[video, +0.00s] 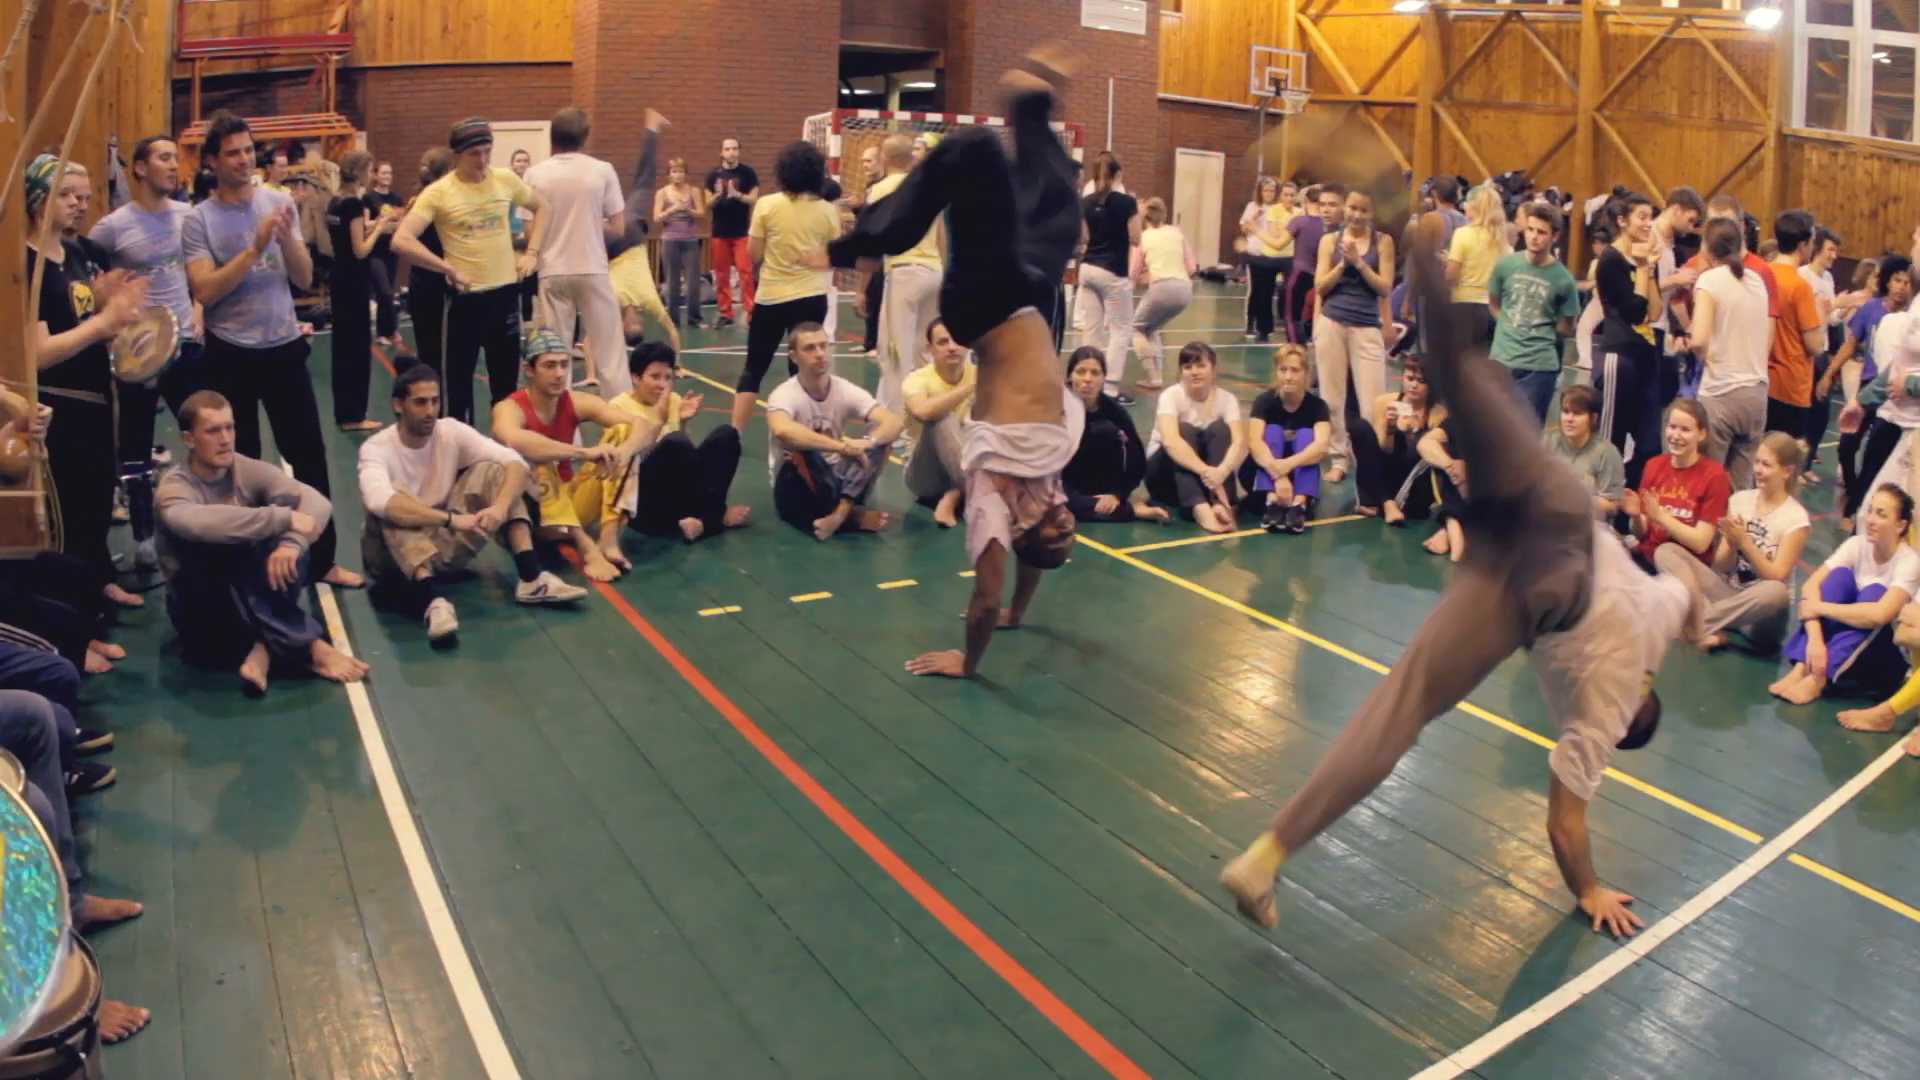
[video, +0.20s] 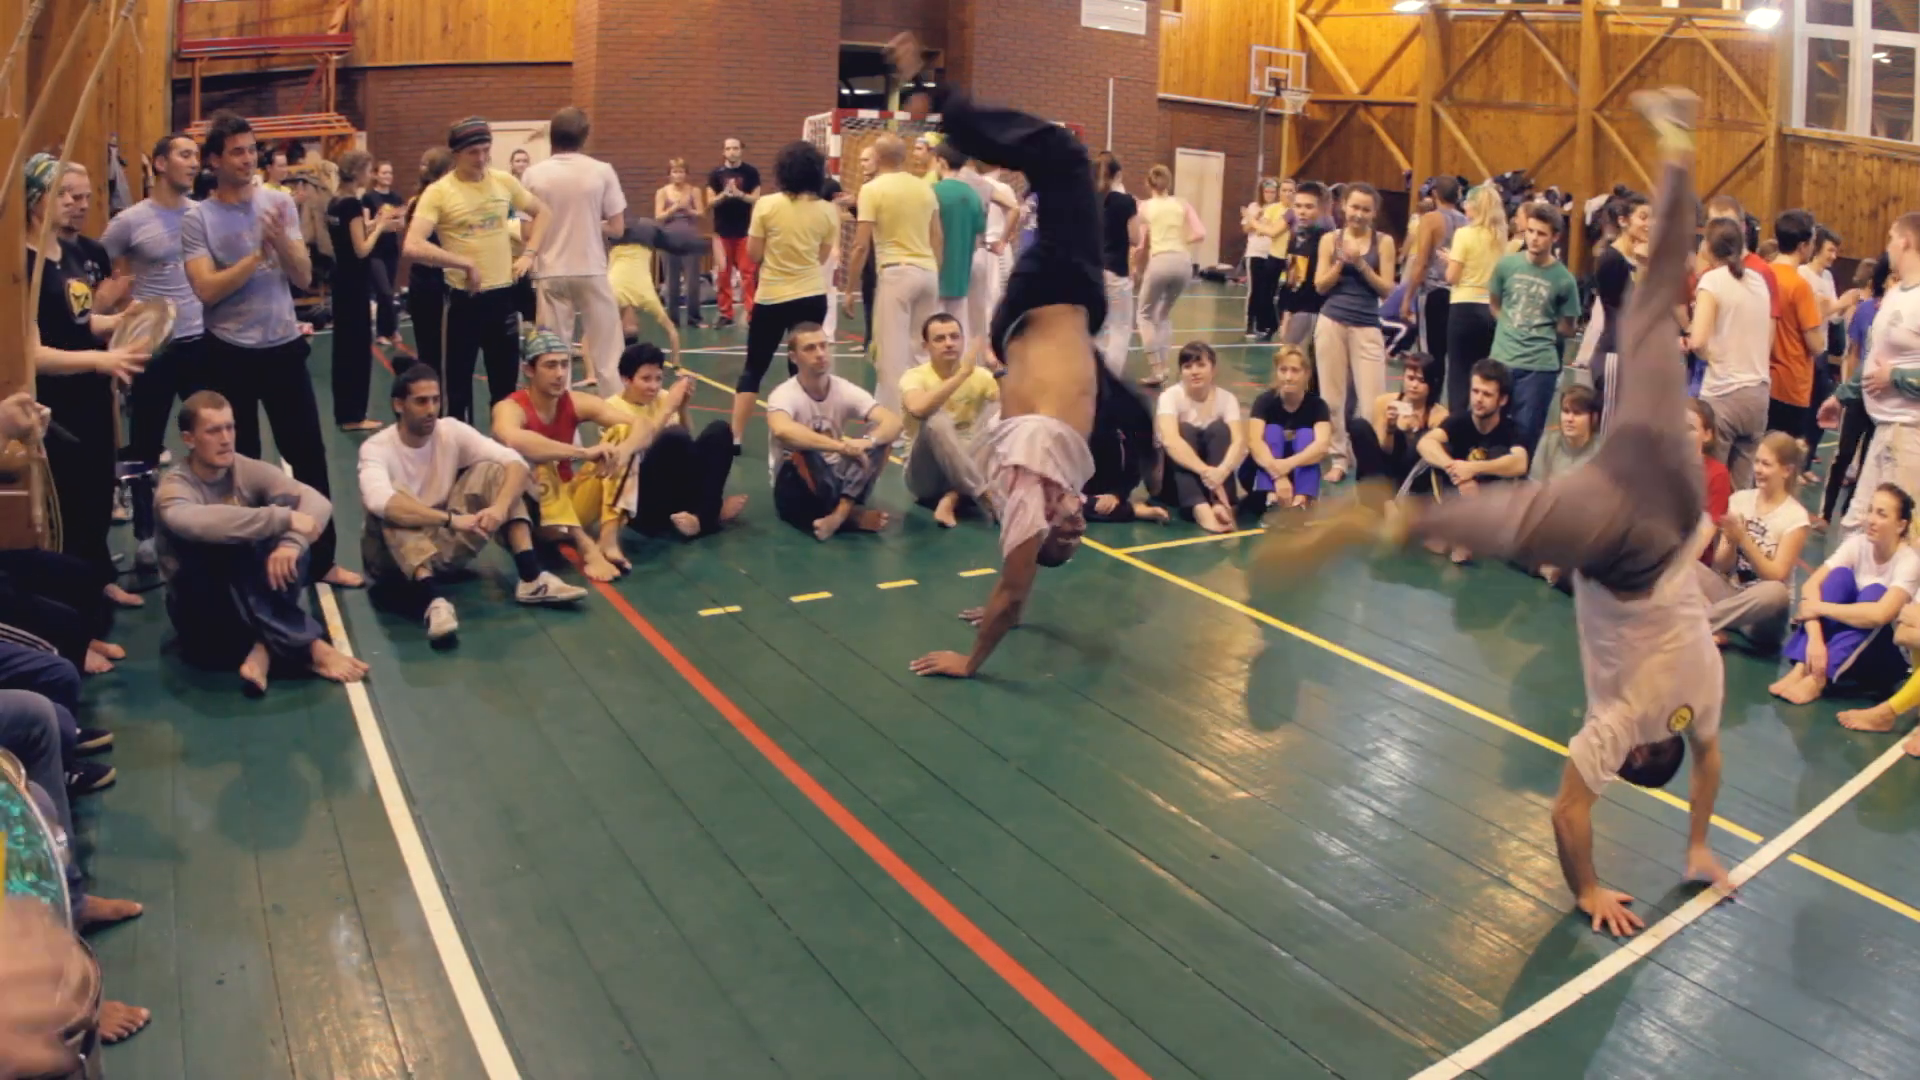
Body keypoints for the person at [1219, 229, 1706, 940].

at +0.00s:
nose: (1612, 738)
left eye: (1625, 732)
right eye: (1621, 734)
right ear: (1630, 724)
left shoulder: (1657, 612)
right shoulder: (1601, 710)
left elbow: (1687, 574)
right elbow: (1564, 822)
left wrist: (1700, 629)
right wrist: (1589, 891)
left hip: (1561, 504)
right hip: (1531, 591)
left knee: (1462, 370)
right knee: (1402, 709)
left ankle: (1411, 234)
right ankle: (1266, 856)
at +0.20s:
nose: (1623, 769)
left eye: (1632, 769)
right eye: (1629, 768)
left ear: (1656, 751)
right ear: (1647, 750)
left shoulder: (1699, 689)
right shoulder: (1619, 721)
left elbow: (1706, 766)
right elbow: (1569, 814)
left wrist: (1697, 847)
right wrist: (1589, 894)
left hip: (1670, 485)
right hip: (1626, 520)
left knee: (1655, 304)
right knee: (1506, 523)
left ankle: (1676, 152)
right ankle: (1375, 519)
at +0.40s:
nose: (1638, 785)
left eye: (1639, 787)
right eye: (1641, 787)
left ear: (1649, 774)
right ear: (1645, 770)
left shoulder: (1719, 724)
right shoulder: (1612, 719)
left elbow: (1717, 795)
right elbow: (1562, 807)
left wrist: (1688, 864)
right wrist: (1586, 891)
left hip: (1752, 513)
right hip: (1684, 507)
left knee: (1742, 420)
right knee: (1618, 344)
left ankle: (1720, 261)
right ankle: (1688, 241)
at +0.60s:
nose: (1634, 772)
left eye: (1641, 771)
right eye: (1628, 766)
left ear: (1671, 749)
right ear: (1627, 737)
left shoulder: (1725, 710)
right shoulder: (1618, 689)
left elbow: (1716, 786)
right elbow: (1577, 776)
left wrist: (1690, 860)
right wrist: (1595, 874)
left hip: (1788, 514)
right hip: (1730, 462)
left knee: (1789, 567)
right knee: (1770, 321)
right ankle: (1840, 235)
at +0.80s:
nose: (1610, 631)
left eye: (1608, 644)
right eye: (1618, 632)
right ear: (1642, 620)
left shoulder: (1720, 659)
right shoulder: (1640, 564)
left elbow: (1721, 758)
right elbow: (1549, 582)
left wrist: (1706, 849)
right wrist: (1553, 682)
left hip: (1804, 552)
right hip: (1758, 500)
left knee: (1730, 684)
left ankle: (1702, 790)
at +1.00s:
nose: (1654, 427)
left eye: (1661, 427)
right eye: (1656, 416)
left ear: (1691, 439)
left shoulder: (1753, 497)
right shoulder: (1721, 371)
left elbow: (1821, 574)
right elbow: (1689, 438)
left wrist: (1791, 649)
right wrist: (1663, 472)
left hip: (1791, 564)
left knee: (1705, 659)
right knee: (1784, 633)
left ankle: (1715, 765)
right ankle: (1830, 707)